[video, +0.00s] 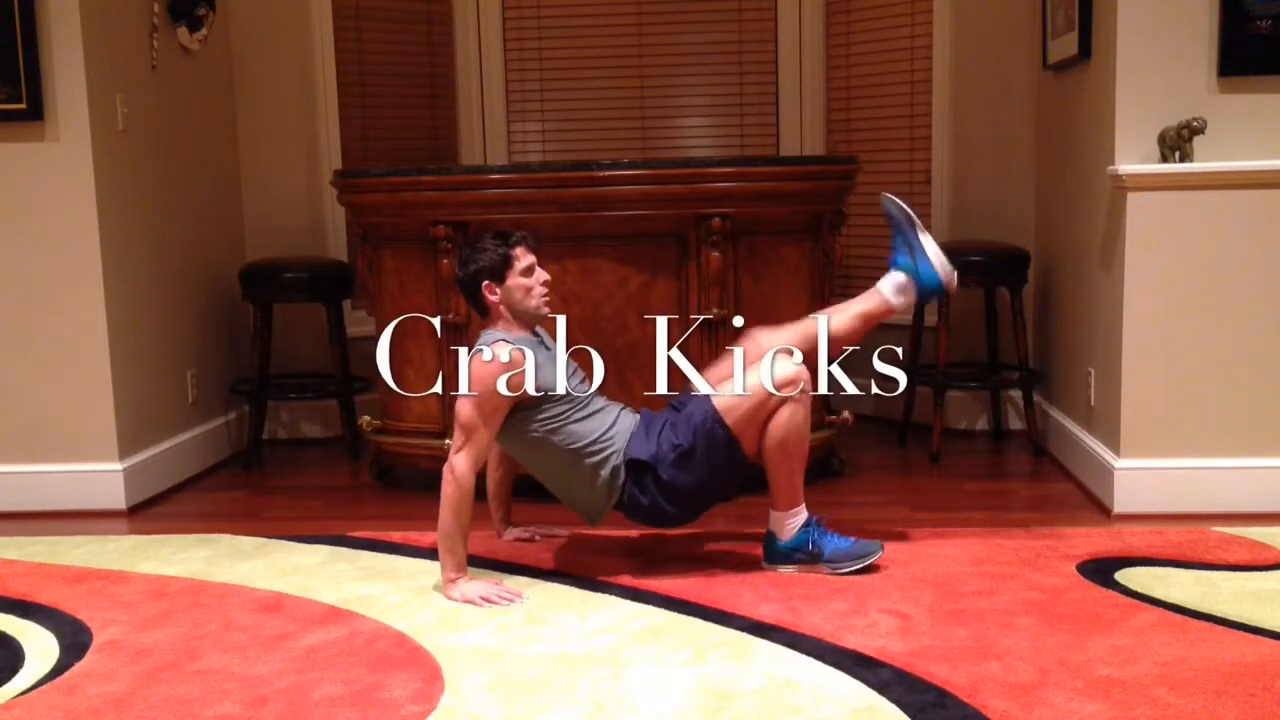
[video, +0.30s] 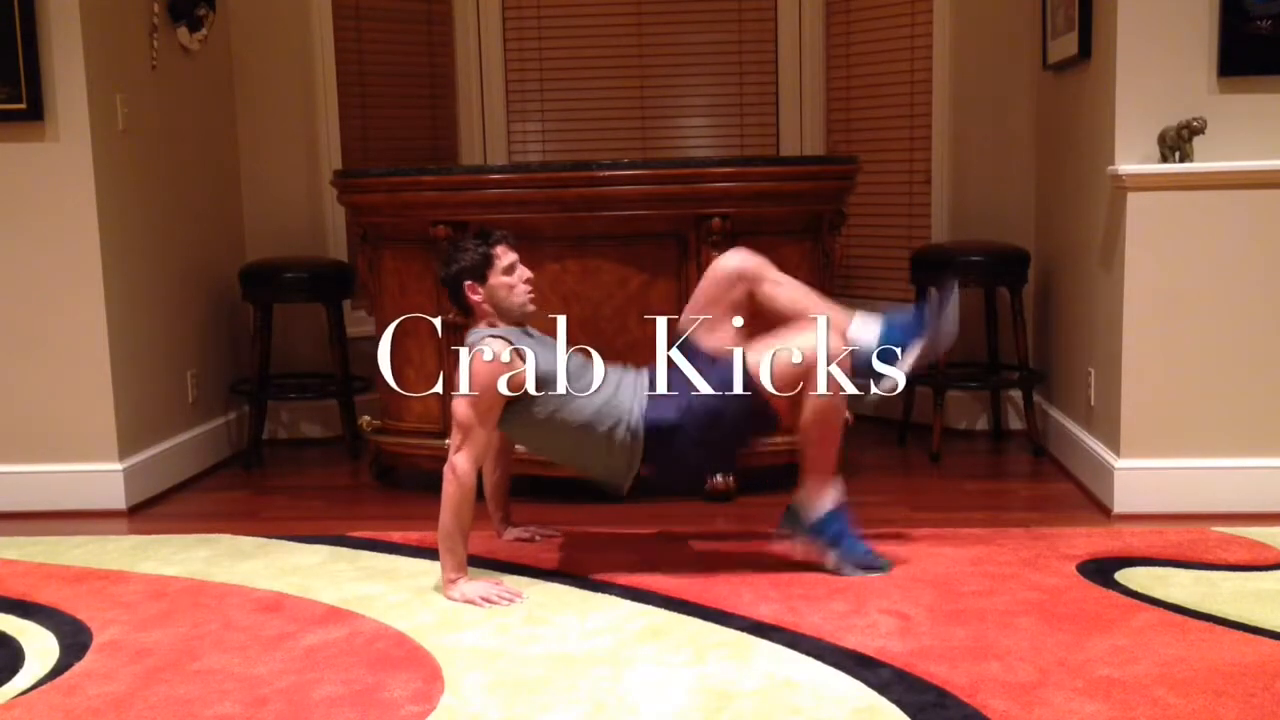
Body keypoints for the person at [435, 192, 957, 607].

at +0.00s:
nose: (545, 279)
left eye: (539, 268)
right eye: (529, 273)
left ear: (514, 288)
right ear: (494, 295)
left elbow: (504, 439)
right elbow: (458, 467)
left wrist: (500, 525)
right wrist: (452, 576)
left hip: (655, 434)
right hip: (648, 474)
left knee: (757, 343)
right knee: (786, 376)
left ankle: (898, 292)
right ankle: (790, 531)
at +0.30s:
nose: (526, 277)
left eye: (522, 268)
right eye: (511, 273)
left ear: (495, 290)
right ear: (477, 295)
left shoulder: (511, 338)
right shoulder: (486, 358)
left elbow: (494, 440)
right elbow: (459, 463)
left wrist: (498, 522)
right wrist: (452, 576)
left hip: (660, 396)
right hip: (664, 440)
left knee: (740, 268)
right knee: (826, 341)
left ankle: (880, 337)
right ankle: (816, 510)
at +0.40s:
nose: (516, 274)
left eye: (511, 264)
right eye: (500, 269)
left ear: (486, 286)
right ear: (465, 292)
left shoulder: (503, 342)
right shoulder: (483, 356)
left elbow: (492, 444)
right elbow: (456, 466)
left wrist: (497, 526)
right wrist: (453, 575)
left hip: (657, 397)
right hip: (660, 422)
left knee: (784, 297)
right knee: (787, 300)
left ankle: (816, 437)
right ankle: (894, 408)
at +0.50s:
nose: (519, 275)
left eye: (513, 265)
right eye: (502, 271)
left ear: (495, 286)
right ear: (470, 297)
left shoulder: (510, 345)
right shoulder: (486, 357)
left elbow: (493, 446)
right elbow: (455, 468)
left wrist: (499, 526)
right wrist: (452, 575)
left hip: (657, 428)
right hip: (650, 446)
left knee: (787, 337)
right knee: (787, 334)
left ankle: (782, 505)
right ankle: (937, 341)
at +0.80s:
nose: (523, 270)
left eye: (518, 260)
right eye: (507, 265)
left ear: (502, 280)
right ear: (473, 292)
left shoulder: (518, 341)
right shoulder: (494, 359)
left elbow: (497, 440)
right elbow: (463, 466)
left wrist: (501, 525)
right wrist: (453, 577)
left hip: (663, 423)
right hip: (658, 444)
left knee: (794, 347)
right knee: (781, 310)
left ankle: (794, 489)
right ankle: (924, 386)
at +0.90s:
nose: (524, 270)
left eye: (518, 260)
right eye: (508, 265)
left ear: (495, 283)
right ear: (475, 290)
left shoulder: (511, 340)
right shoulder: (493, 355)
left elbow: (498, 444)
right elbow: (466, 463)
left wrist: (500, 524)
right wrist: (453, 578)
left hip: (659, 412)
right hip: (664, 443)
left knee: (777, 303)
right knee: (794, 320)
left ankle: (881, 413)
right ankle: (846, 470)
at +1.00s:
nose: (531, 272)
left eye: (525, 262)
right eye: (515, 268)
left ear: (504, 285)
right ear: (484, 294)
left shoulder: (521, 342)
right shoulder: (499, 361)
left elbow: (497, 443)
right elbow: (465, 466)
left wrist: (499, 525)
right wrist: (452, 577)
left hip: (659, 417)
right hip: (652, 451)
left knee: (779, 327)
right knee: (809, 380)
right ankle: (793, 525)